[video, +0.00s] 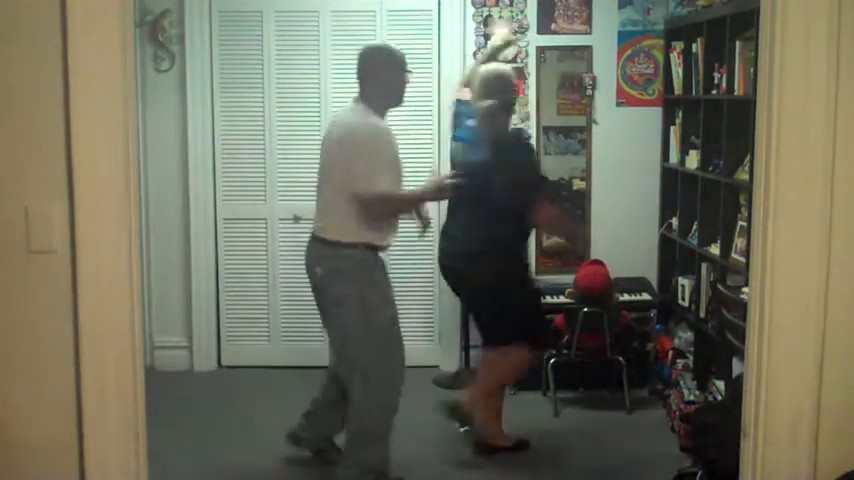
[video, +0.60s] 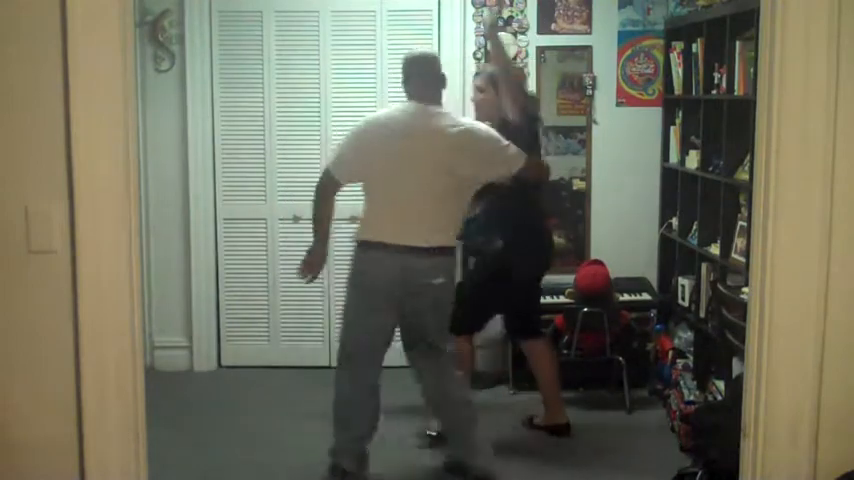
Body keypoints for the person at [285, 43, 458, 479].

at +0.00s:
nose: (407, 84)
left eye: (405, 76)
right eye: (400, 75)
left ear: (369, 79)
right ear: (375, 78)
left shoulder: (348, 122)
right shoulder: (368, 130)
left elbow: (357, 188)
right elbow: (372, 203)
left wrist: (407, 203)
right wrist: (428, 192)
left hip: (332, 254)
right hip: (351, 260)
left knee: (357, 357)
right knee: (381, 365)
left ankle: (312, 435)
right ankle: (367, 468)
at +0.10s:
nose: (418, 89)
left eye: (417, 81)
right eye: (412, 81)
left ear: (376, 83)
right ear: (391, 84)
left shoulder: (346, 127)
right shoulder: (390, 139)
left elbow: (352, 200)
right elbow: (421, 214)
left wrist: (399, 234)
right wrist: (459, 194)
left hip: (329, 260)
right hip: (358, 269)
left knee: (372, 355)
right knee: (389, 367)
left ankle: (329, 424)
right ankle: (366, 467)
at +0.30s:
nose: (427, 86)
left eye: (425, 78)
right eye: (425, 79)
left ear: (382, 82)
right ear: (418, 85)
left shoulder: (344, 131)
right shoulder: (428, 140)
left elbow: (325, 195)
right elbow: (478, 199)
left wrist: (359, 219)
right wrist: (517, 181)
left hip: (339, 266)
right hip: (391, 271)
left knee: (360, 358)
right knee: (400, 369)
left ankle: (351, 455)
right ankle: (369, 464)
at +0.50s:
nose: (423, 87)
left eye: (417, 78)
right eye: (426, 79)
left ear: (392, 84)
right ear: (430, 83)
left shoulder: (360, 129)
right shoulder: (452, 135)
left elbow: (318, 187)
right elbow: (507, 170)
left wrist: (324, 241)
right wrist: (547, 171)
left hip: (360, 268)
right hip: (419, 270)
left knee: (352, 363)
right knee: (421, 356)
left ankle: (347, 458)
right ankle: (410, 449)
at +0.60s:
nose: (440, 88)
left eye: (423, 82)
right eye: (441, 82)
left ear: (404, 84)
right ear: (442, 85)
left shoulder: (376, 128)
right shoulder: (466, 134)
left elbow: (327, 184)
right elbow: (533, 171)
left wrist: (319, 245)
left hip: (374, 264)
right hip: (434, 265)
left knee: (358, 362)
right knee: (433, 353)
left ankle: (348, 462)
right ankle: (469, 454)